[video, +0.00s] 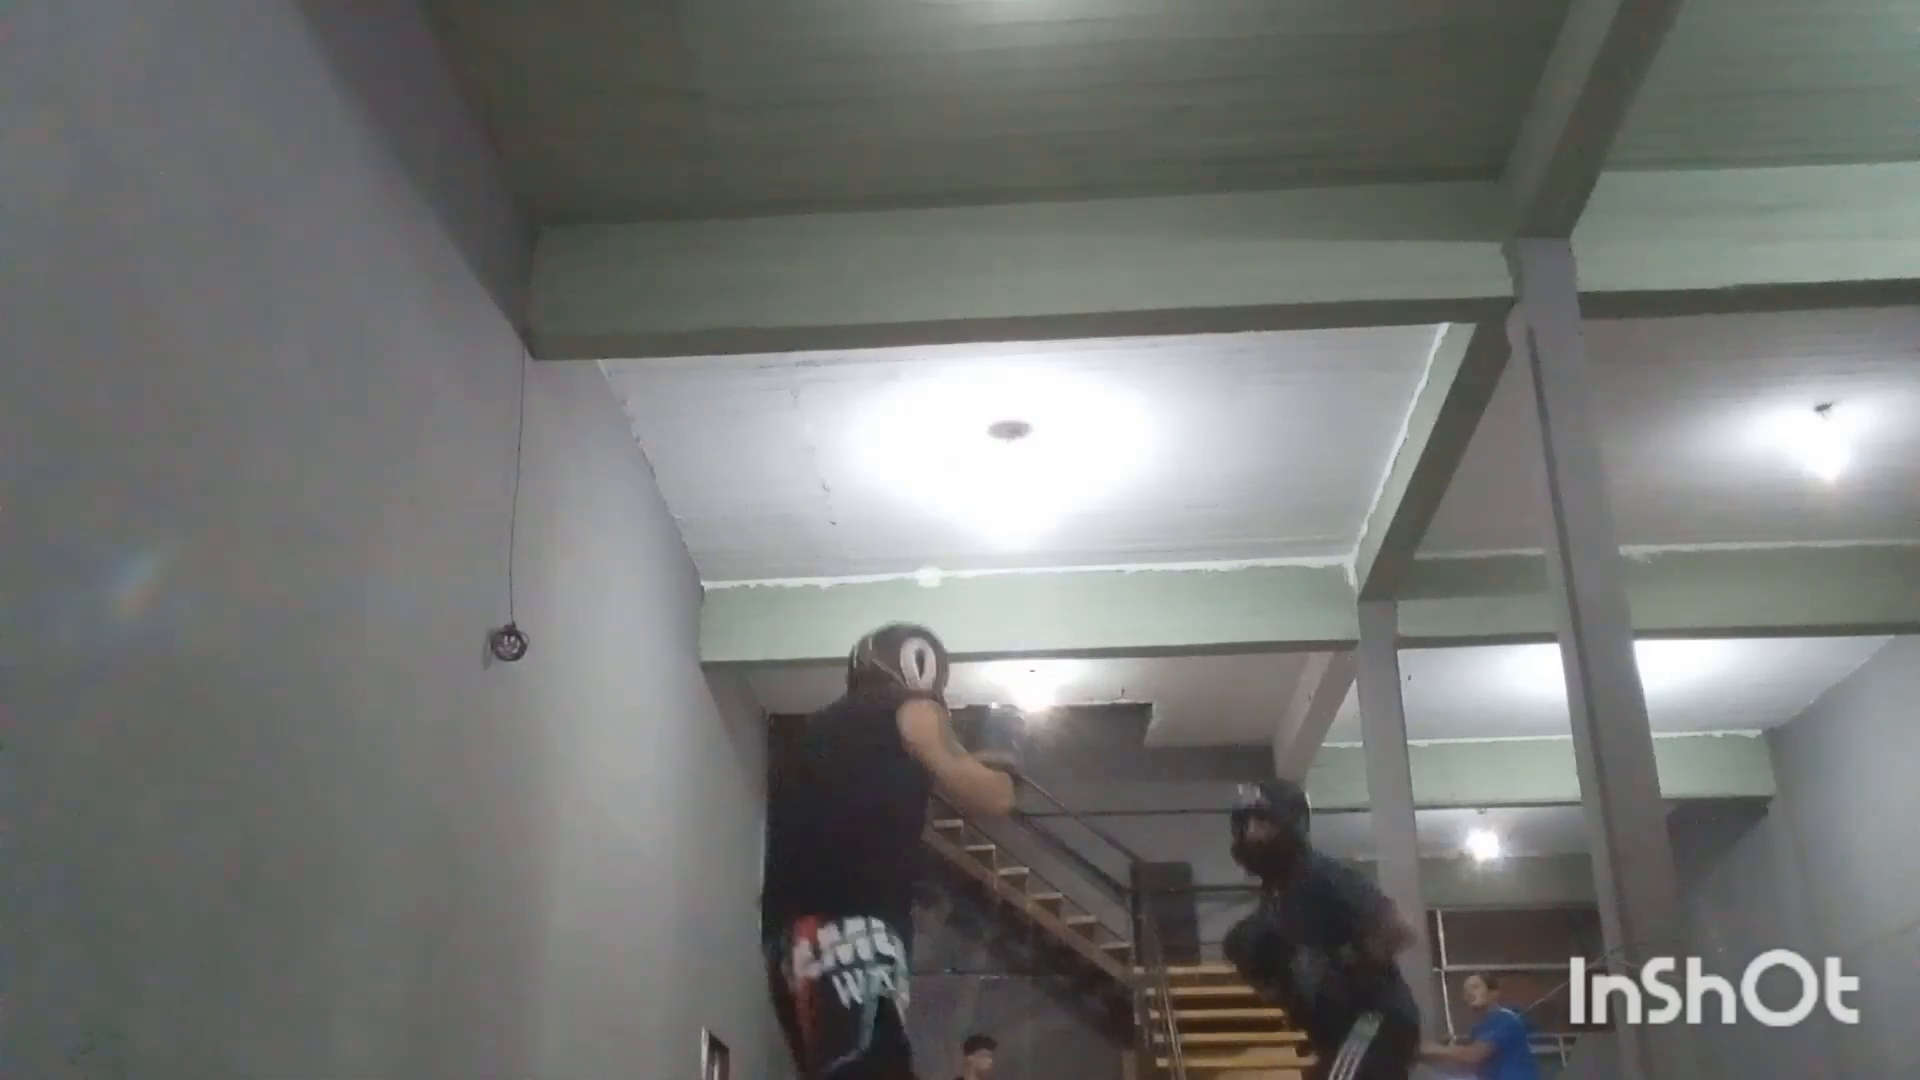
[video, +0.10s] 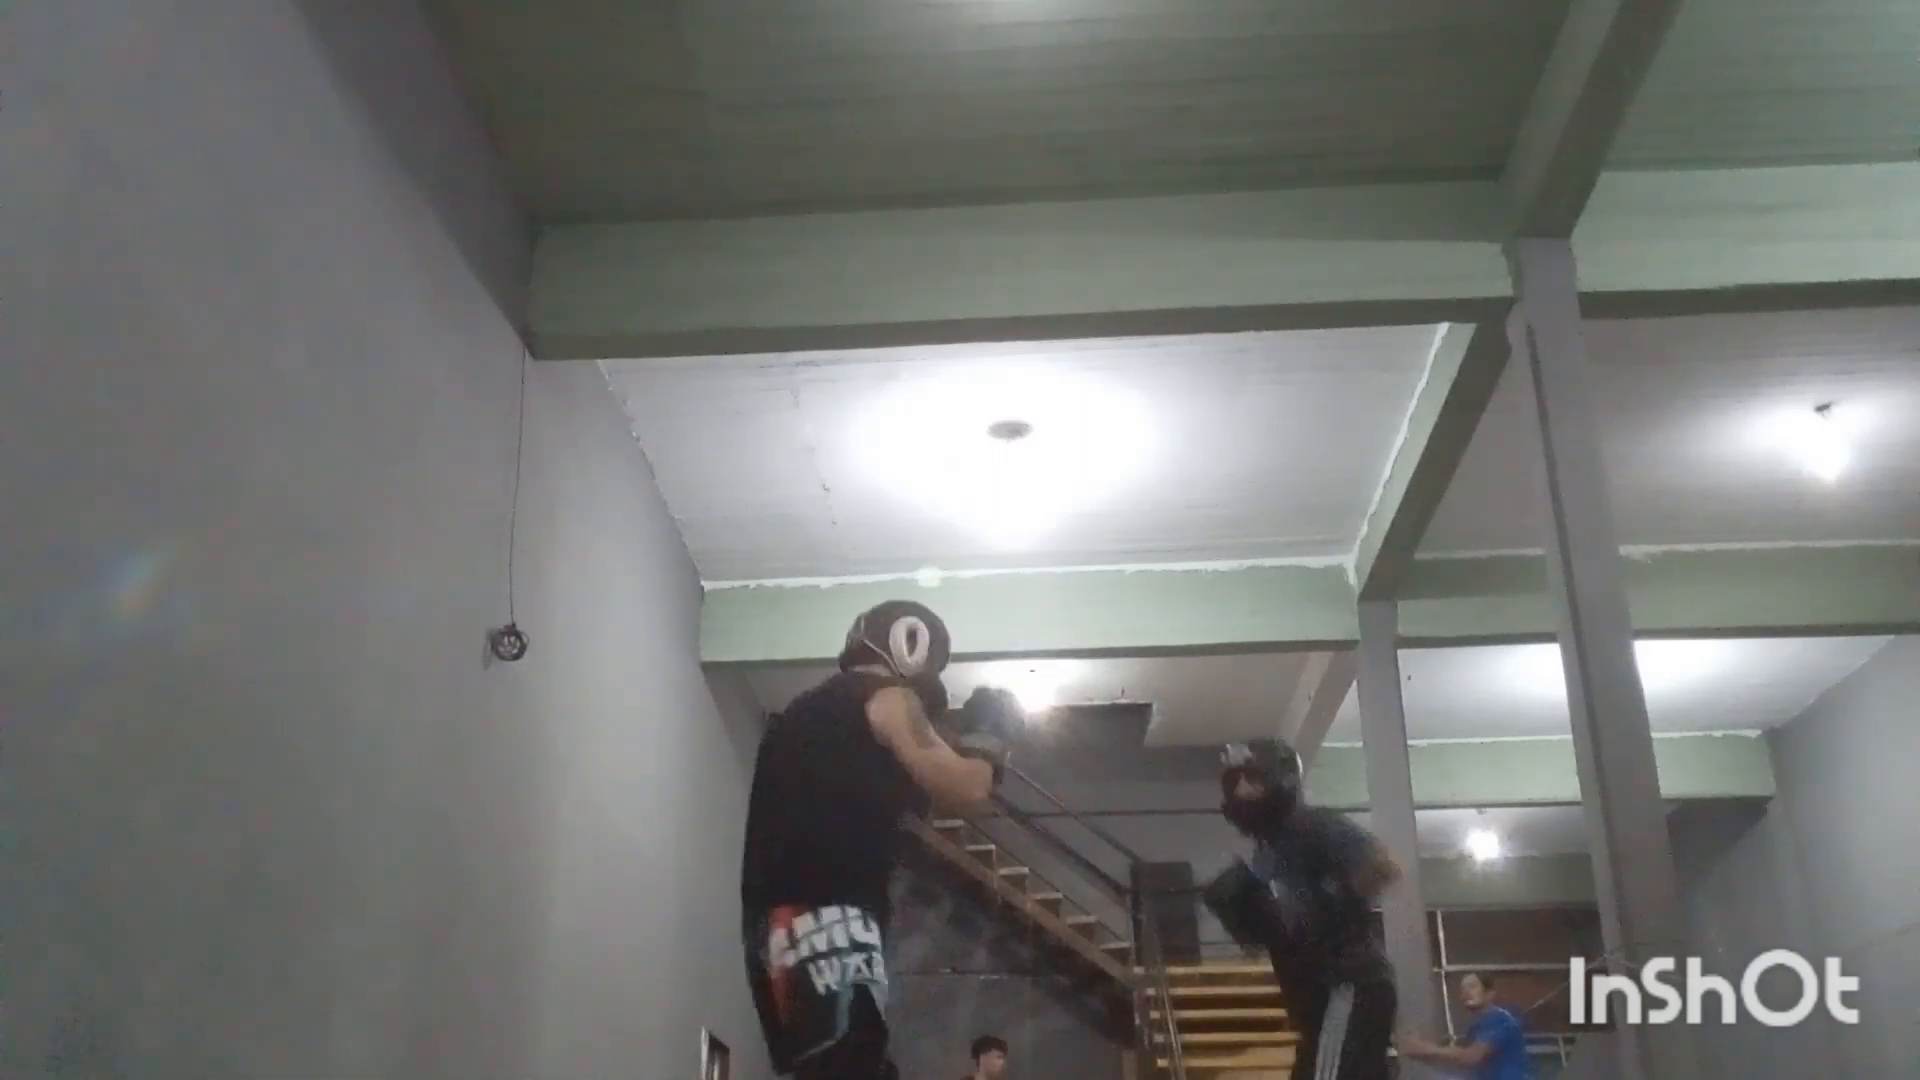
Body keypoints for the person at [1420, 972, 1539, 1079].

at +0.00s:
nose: (1470, 993)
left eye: (1476, 987)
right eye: (1467, 989)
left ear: (1494, 992)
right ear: (1464, 996)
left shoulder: (1506, 1019)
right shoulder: (1479, 1026)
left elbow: (1475, 1055)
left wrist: (1432, 1050)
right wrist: (1454, 1049)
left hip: (1515, 1076)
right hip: (1492, 1076)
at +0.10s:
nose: (1465, 992)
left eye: (1472, 986)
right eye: (1463, 988)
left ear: (1490, 993)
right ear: (1460, 995)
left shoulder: (1499, 1019)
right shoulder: (1477, 1025)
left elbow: (1472, 1057)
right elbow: (1463, 1055)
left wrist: (1424, 1049)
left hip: (1509, 1075)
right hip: (1490, 1075)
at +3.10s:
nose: (1458, 997)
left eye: (1463, 990)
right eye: (1452, 993)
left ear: (1470, 995)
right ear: (1444, 1001)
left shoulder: (1481, 1017)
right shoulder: (1454, 1030)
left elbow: (1476, 1054)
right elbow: (1450, 1055)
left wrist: (1425, 1050)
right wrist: (1418, 1048)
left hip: (1485, 1075)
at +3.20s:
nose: (1458, 996)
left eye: (1462, 990)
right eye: (1451, 993)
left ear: (1470, 995)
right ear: (1444, 1002)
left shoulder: (1481, 1016)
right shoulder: (1453, 1031)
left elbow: (1475, 1055)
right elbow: (1448, 1054)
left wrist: (1424, 1049)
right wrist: (1419, 1045)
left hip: (1486, 1075)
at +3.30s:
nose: (1458, 996)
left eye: (1462, 991)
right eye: (1451, 993)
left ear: (1470, 995)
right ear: (1444, 1001)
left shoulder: (1481, 1016)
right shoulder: (1454, 1030)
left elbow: (1475, 1055)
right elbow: (1449, 1054)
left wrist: (1425, 1050)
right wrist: (1420, 1045)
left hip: (1486, 1075)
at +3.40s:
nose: (1458, 997)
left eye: (1462, 991)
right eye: (1451, 993)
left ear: (1470, 995)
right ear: (1444, 1000)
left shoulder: (1481, 1016)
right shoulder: (1454, 1031)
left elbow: (1476, 1055)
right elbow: (1449, 1053)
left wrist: (1426, 1050)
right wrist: (1420, 1046)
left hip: (1486, 1075)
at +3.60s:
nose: (1457, 996)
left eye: (1462, 991)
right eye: (1451, 993)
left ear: (1470, 995)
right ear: (1445, 1000)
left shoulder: (1481, 1017)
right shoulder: (1454, 1031)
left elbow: (1476, 1056)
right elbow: (1448, 1054)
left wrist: (1424, 1050)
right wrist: (1419, 1046)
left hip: (1485, 1075)